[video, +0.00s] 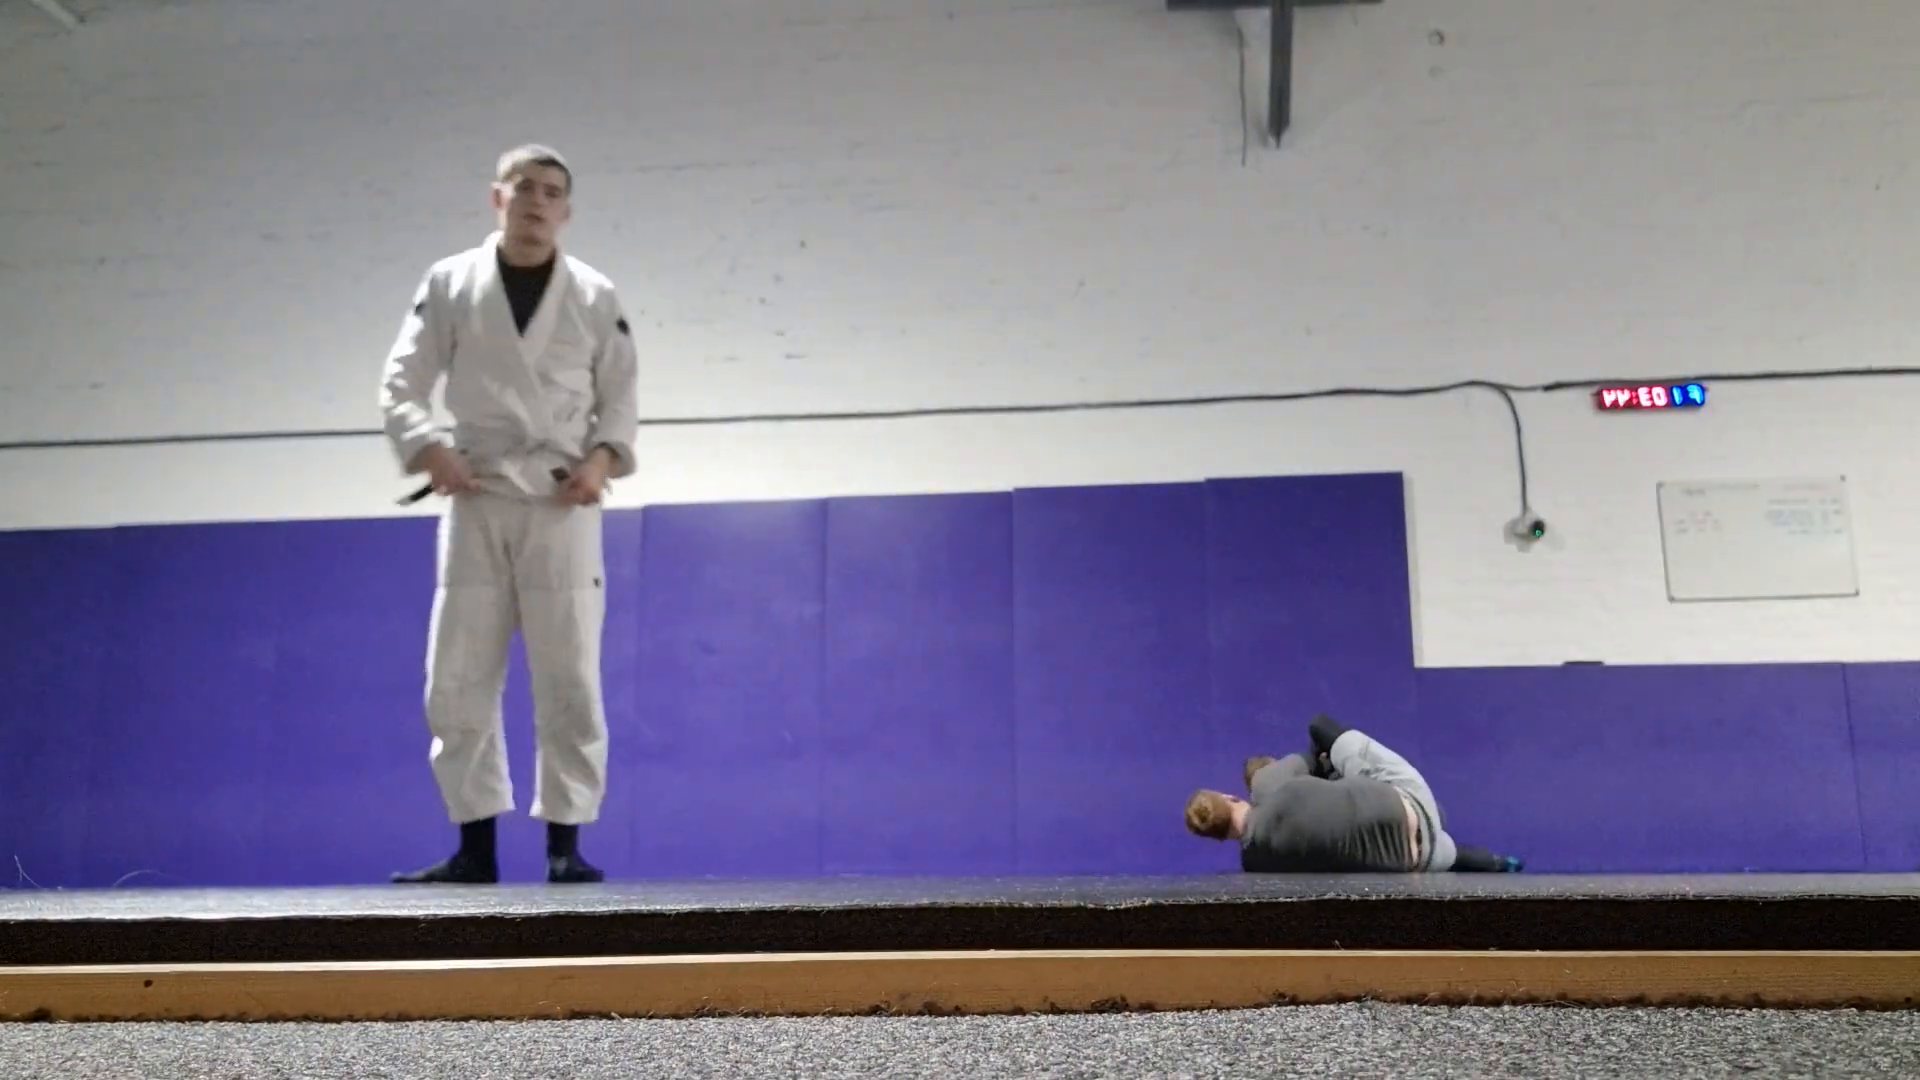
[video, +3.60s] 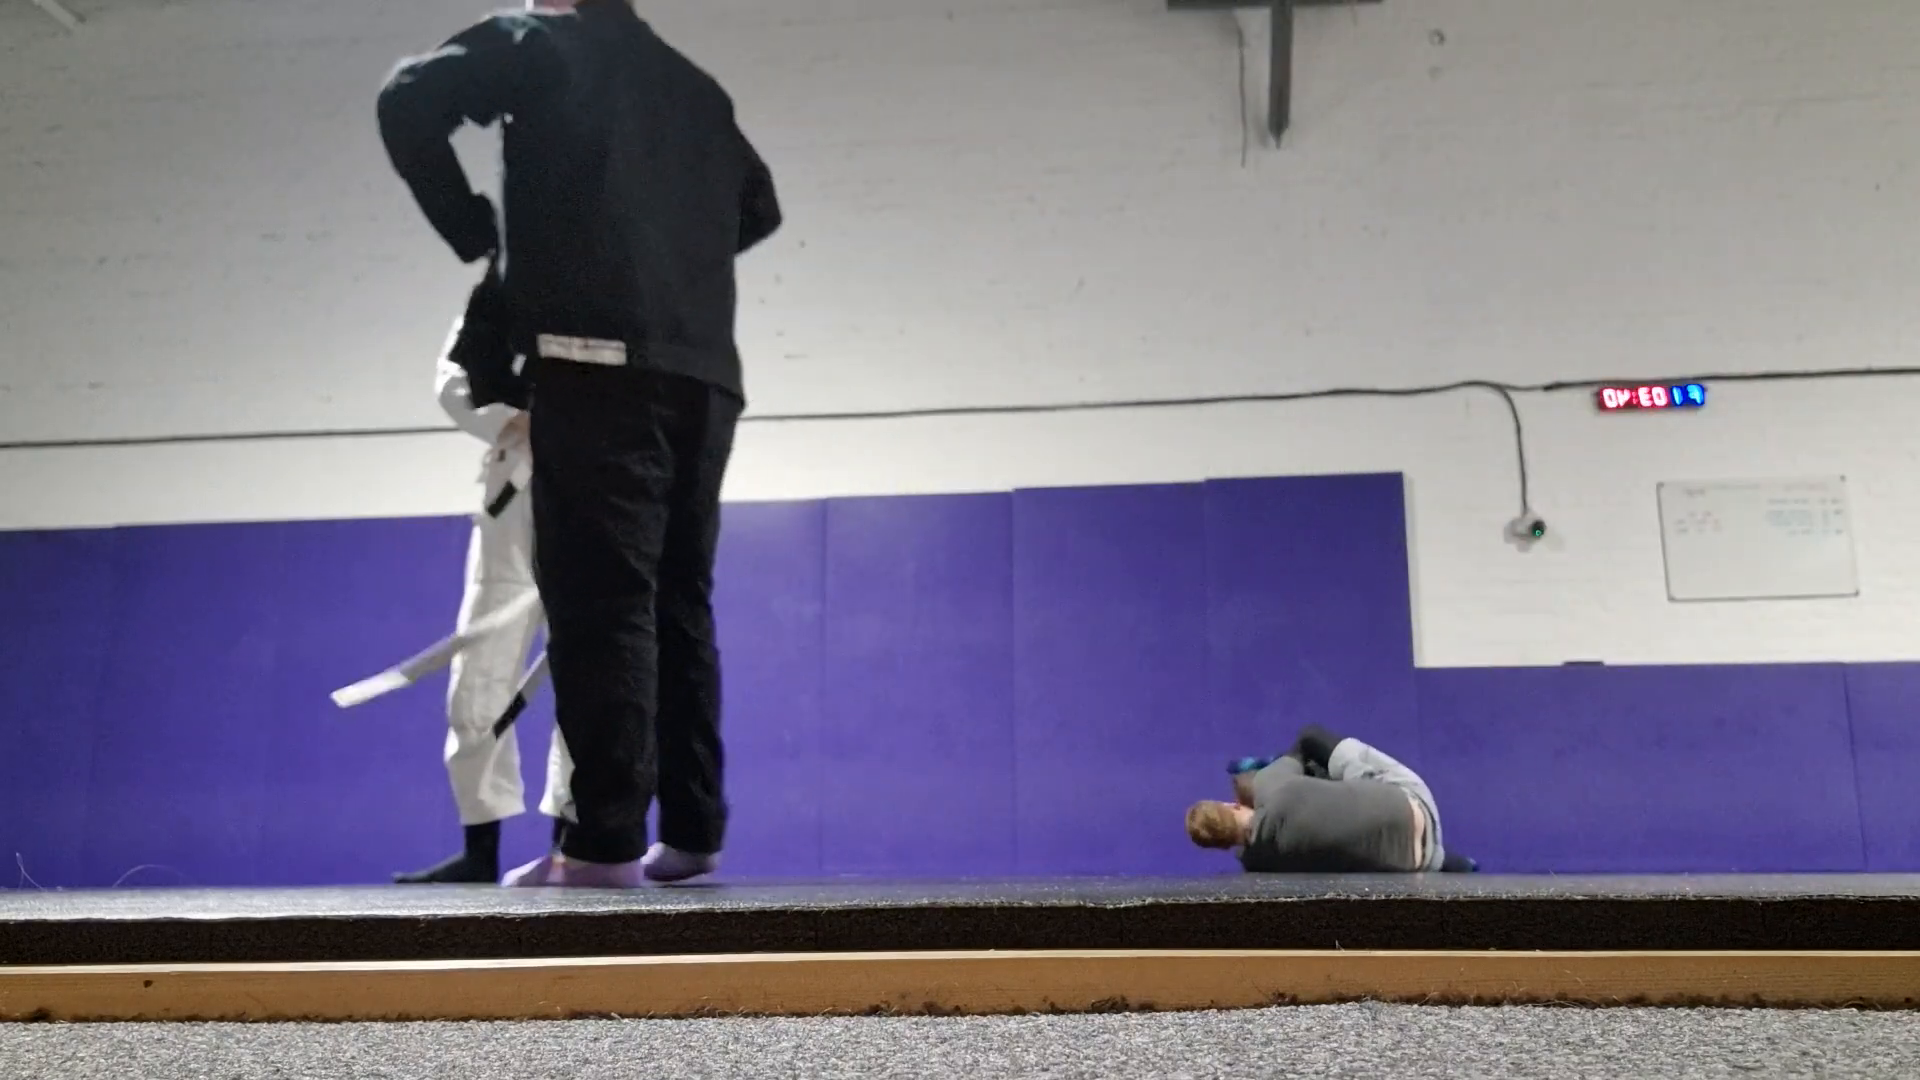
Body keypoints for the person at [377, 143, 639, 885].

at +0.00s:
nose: (535, 204)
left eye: (550, 194)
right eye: (524, 190)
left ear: (568, 212)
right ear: (496, 198)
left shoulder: (596, 300)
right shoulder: (449, 285)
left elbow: (620, 403)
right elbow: (401, 387)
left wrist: (601, 463)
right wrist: (430, 448)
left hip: (564, 503)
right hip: (474, 500)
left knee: (569, 676)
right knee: (459, 675)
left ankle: (565, 849)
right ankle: (475, 849)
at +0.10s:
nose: (553, 207)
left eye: (567, 197)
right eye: (541, 192)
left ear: (584, 213)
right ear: (513, 197)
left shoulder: (608, 300)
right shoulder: (463, 280)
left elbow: (632, 399)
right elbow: (415, 371)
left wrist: (624, 462)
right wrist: (466, 409)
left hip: (576, 507)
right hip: (487, 501)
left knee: (577, 672)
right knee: (469, 671)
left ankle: (568, 848)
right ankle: (475, 851)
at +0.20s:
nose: (562, 216)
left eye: (578, 205)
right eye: (550, 200)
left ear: (595, 217)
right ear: (525, 203)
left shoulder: (617, 304)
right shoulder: (476, 280)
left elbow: (643, 397)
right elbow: (426, 362)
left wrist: (653, 474)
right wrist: (494, 343)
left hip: (587, 504)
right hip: (499, 499)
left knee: (587, 674)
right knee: (474, 672)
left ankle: (568, 849)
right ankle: (477, 852)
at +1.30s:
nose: (603, 235)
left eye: (617, 225)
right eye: (591, 219)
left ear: (629, 230)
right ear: (561, 214)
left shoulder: (643, 311)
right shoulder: (508, 287)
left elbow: (668, 404)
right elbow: (477, 382)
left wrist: (684, 482)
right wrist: (536, 408)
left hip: (607, 508)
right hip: (521, 499)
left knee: (597, 674)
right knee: (487, 669)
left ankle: (568, 849)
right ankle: (481, 850)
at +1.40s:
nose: (612, 233)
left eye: (623, 222)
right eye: (599, 217)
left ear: (631, 229)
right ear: (565, 214)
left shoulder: (643, 310)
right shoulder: (509, 287)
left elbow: (668, 402)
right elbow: (480, 382)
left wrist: (687, 480)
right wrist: (483, 472)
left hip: (610, 506)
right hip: (521, 497)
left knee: (597, 674)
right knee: (488, 670)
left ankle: (569, 849)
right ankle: (481, 851)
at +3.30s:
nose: (555, 242)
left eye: (569, 233)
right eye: (548, 231)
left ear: (594, 239)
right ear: (533, 231)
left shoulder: (618, 298)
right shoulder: (496, 290)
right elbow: (441, 379)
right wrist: (502, 420)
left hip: (590, 506)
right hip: (517, 501)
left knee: (583, 678)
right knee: (481, 673)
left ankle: (578, 844)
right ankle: (480, 850)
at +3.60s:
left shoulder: (630, 290)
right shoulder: (509, 275)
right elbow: (455, 378)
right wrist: (510, 422)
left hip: (602, 488)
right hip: (519, 482)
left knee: (585, 661)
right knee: (484, 655)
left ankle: (574, 844)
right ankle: (480, 849)